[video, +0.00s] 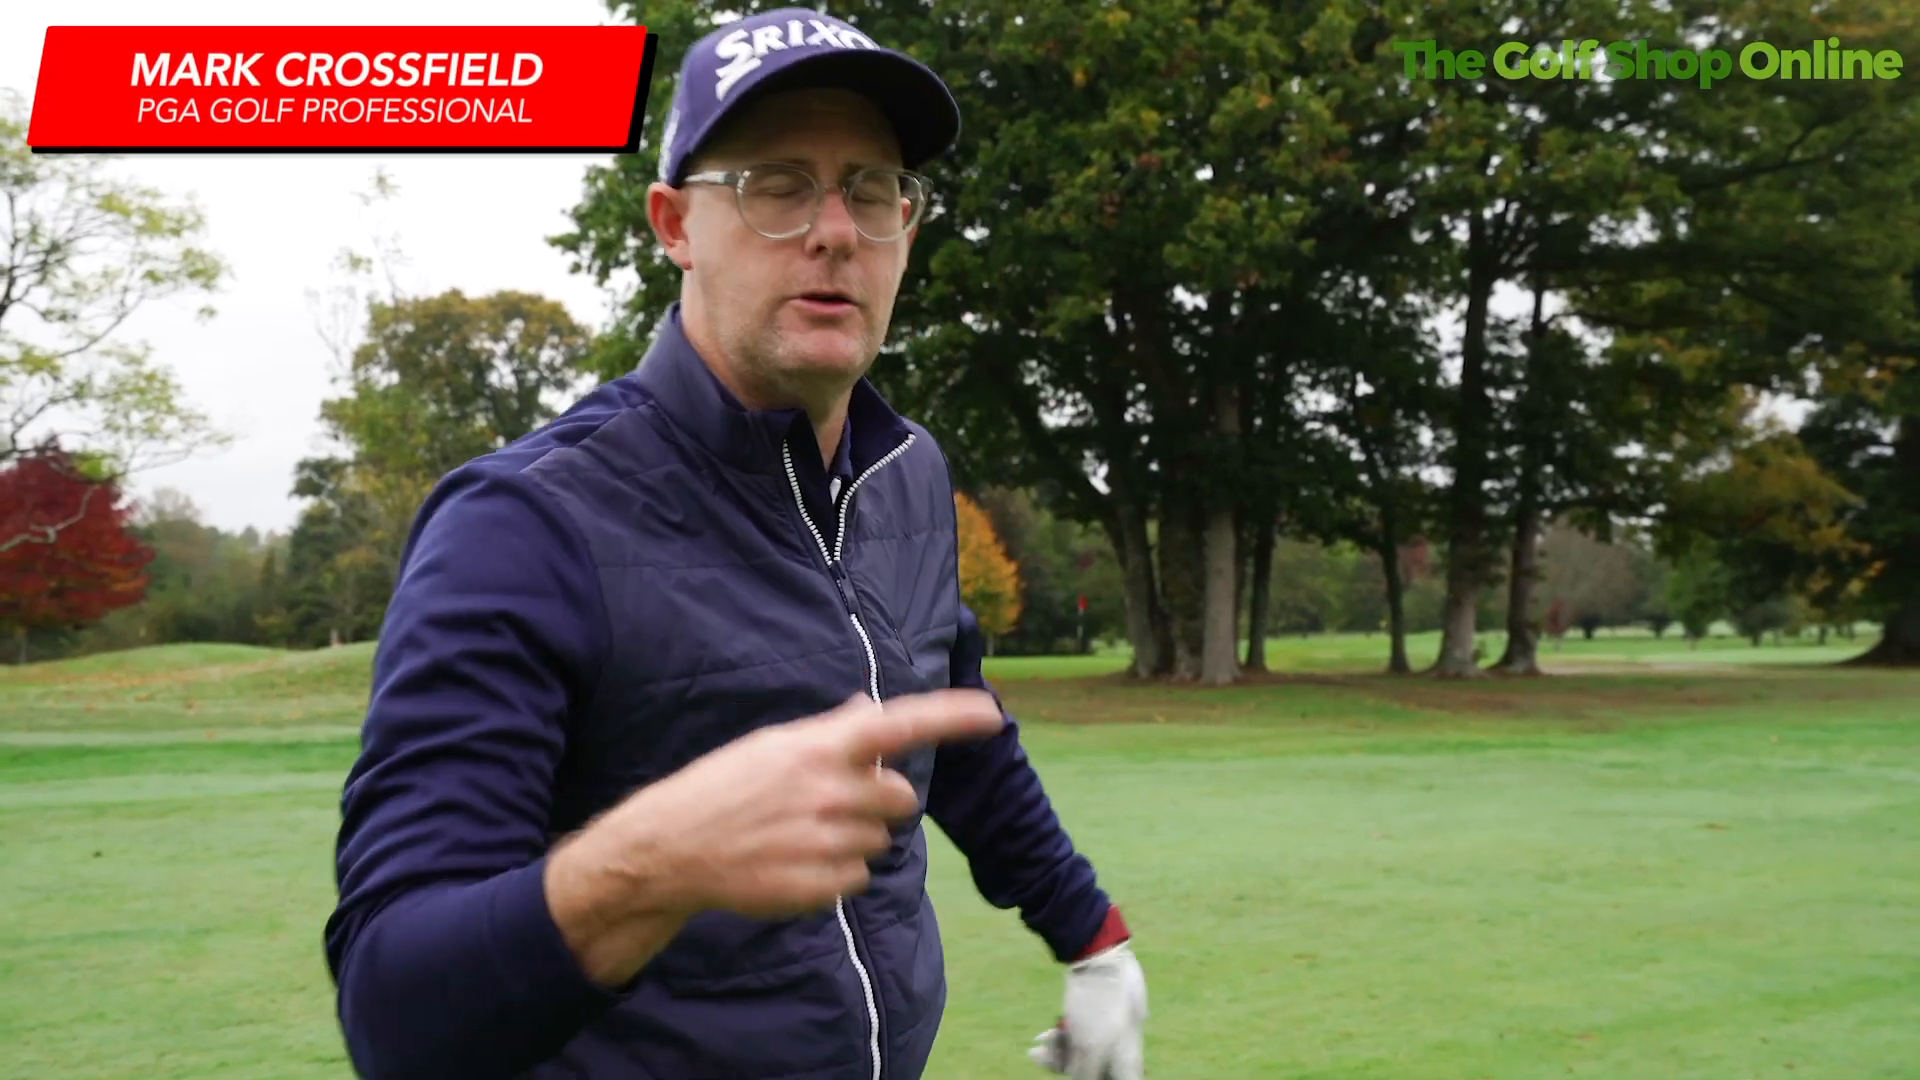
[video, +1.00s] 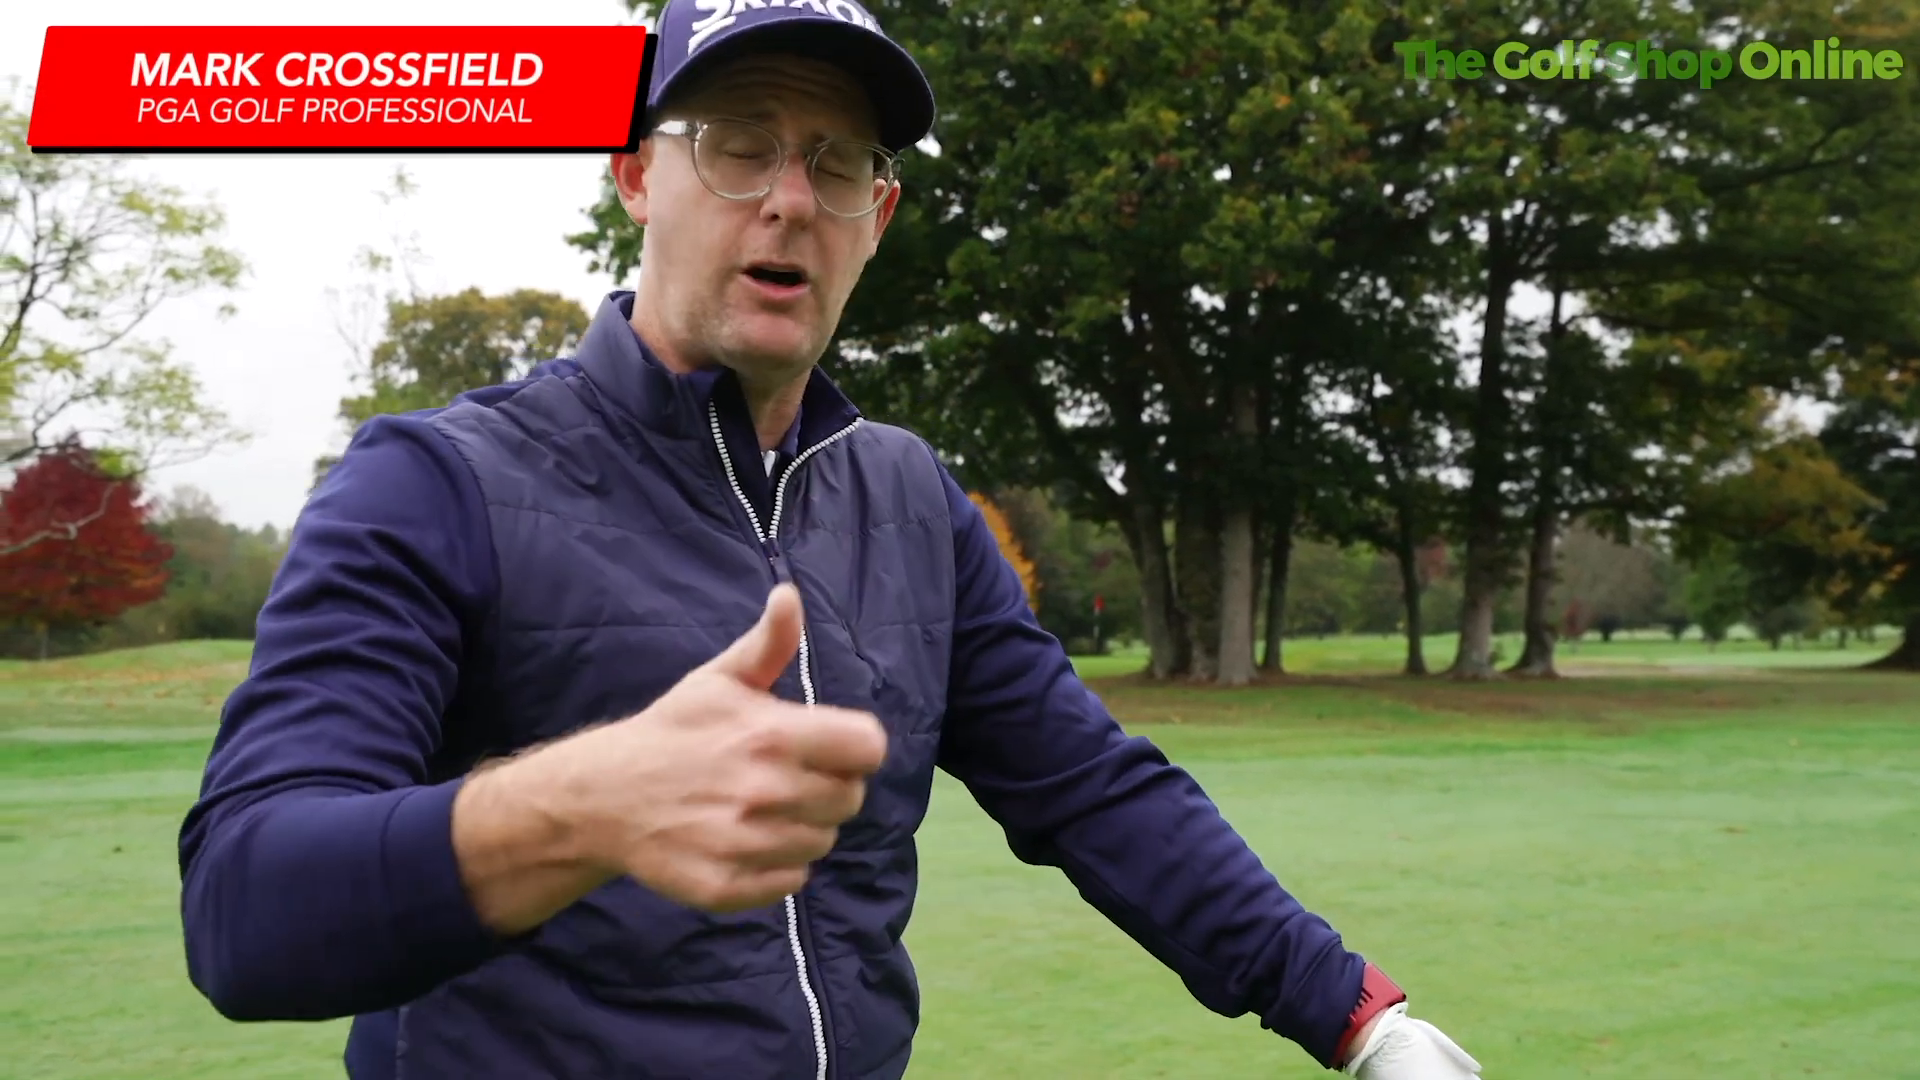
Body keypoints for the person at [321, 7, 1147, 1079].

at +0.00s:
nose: (835, 232)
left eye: (869, 190)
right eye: (777, 186)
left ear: (907, 228)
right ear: (674, 223)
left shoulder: (909, 481)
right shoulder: (525, 524)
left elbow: (958, 724)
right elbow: (397, 1010)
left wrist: (1088, 932)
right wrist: (649, 864)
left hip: (886, 1052)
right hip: (633, 1064)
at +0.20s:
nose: (791, 218)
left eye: (830, 163)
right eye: (727, 165)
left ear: (874, 203)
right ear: (617, 207)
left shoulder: (890, 455)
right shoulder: (460, 552)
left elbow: (979, 741)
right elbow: (364, 1031)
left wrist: (1188, 962)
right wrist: (585, 992)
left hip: (868, 1056)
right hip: (634, 1075)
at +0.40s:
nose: (775, 195)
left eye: (814, 139)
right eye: (705, 141)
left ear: (864, 183)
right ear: (591, 183)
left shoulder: (891, 460)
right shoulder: (423, 543)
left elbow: (1032, 745)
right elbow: (308, 1030)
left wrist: (1280, 973)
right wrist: (513, 1000)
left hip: (857, 1055)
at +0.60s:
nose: (763, 183)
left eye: (807, 129)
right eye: (697, 130)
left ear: (858, 180)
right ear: (596, 180)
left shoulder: (890, 465)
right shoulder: (414, 513)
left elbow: (1065, 762)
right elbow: (260, 996)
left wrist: (1347, 1004)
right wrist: (632, 1025)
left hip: (851, 1063)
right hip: (535, 1072)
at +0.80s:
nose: (769, 206)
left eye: (825, 169)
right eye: (726, 141)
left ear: (871, 223)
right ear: (627, 156)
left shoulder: (892, 480)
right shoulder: (398, 476)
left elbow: (1076, 775)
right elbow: (273, 963)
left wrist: (1354, 1015)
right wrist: (624, 709)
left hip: (824, 1057)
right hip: (485, 1065)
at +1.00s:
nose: (789, 205)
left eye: (833, 167)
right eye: (739, 150)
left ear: (877, 220)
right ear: (643, 182)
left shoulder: (913, 505)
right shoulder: (442, 482)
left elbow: (1095, 790)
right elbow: (248, 918)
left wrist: (1365, 1022)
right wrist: (582, 804)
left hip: (835, 1052)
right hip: (503, 1052)